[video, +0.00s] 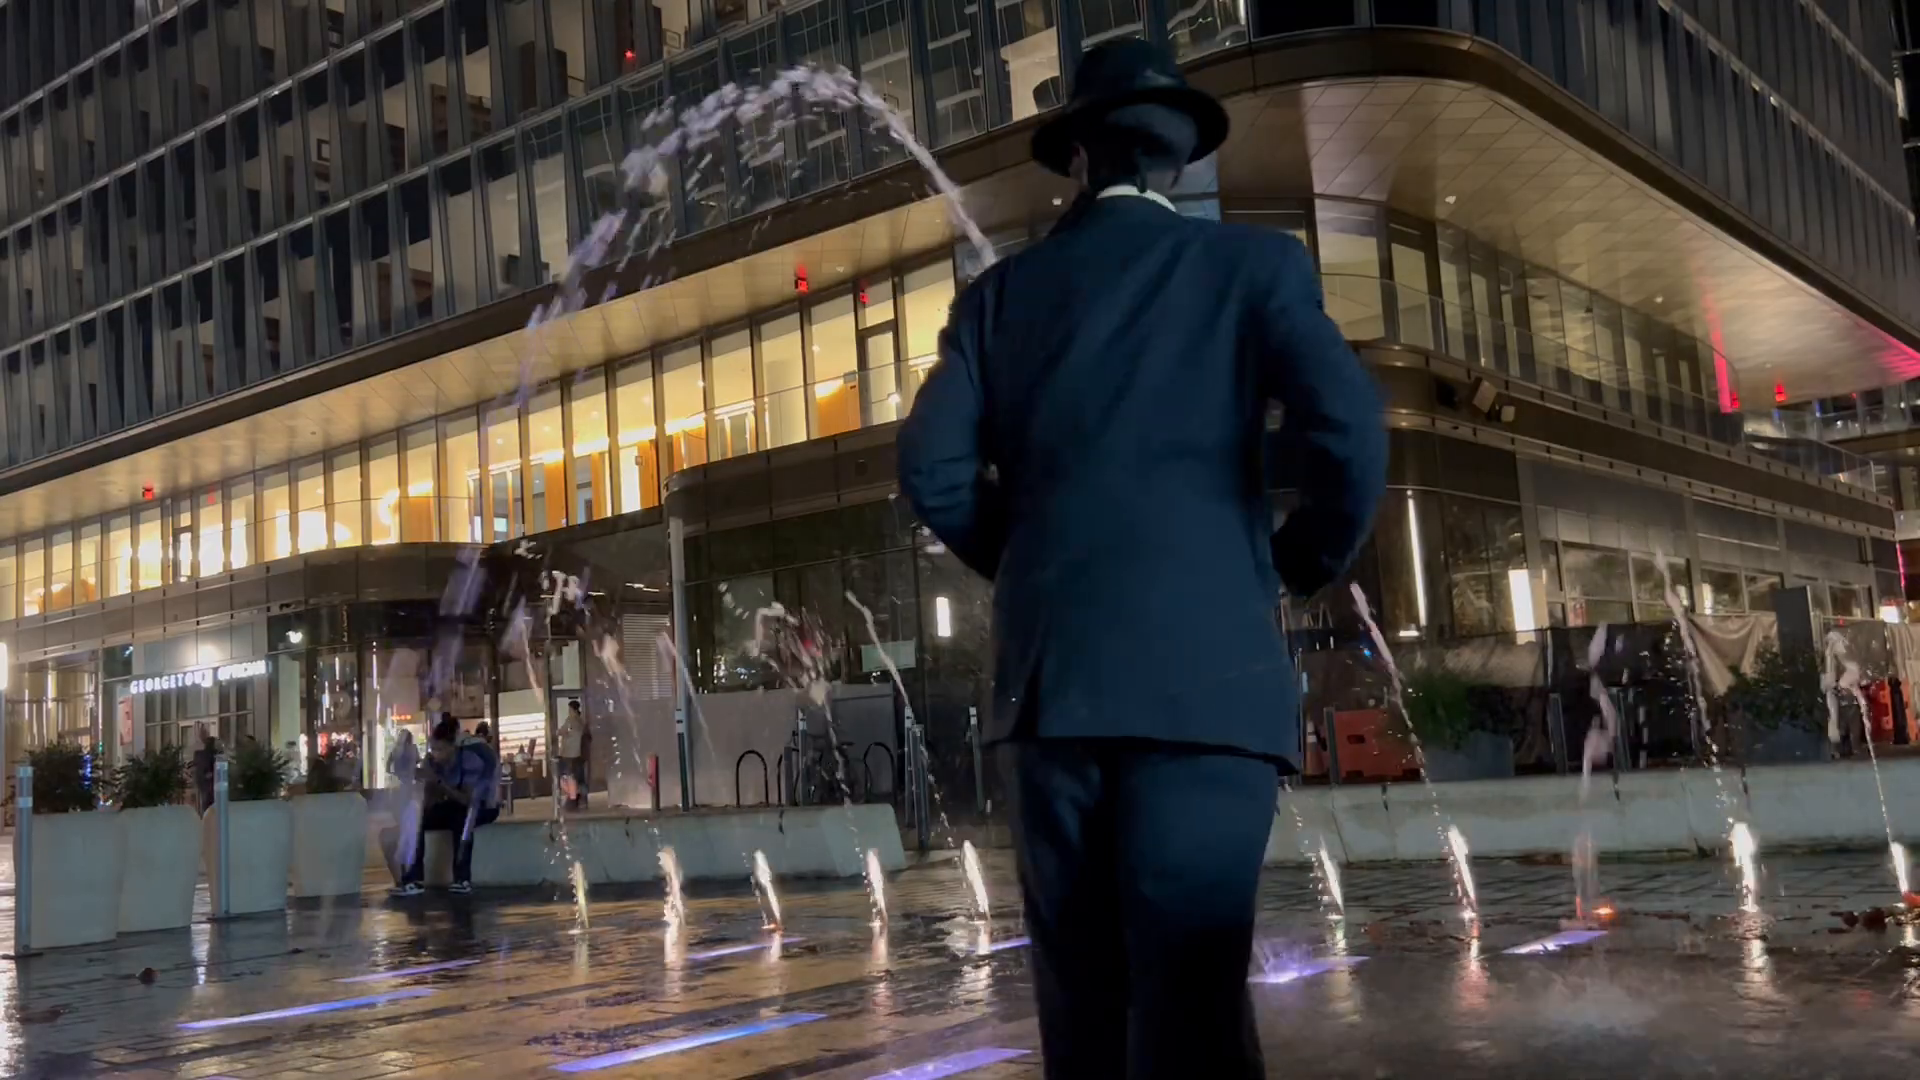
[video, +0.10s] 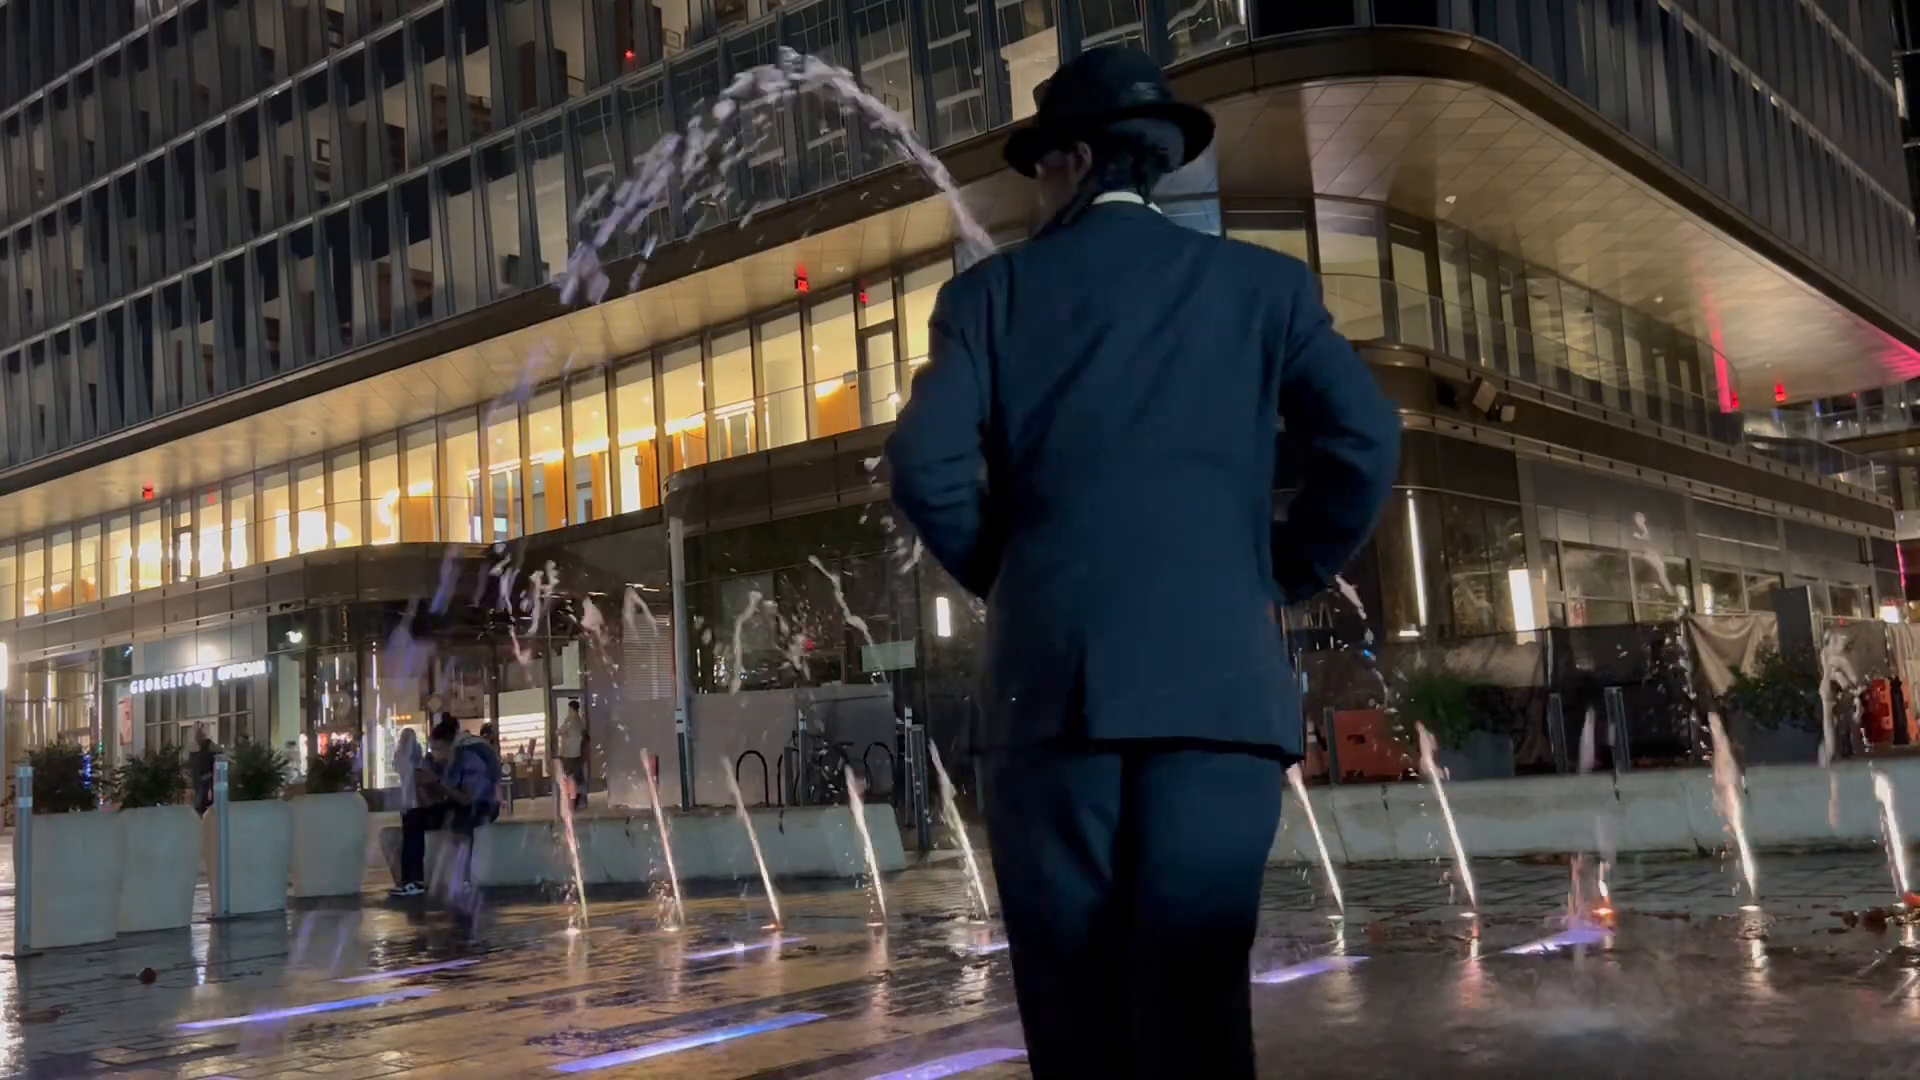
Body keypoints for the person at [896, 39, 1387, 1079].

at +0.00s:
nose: (1204, 171)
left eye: (1074, 155)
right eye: (1196, 153)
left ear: (1075, 170)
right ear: (1191, 163)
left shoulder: (1000, 292)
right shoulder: (1256, 262)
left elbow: (932, 467)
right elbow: (1351, 440)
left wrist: (1029, 555)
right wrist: (1300, 561)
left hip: (1049, 670)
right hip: (1206, 664)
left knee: (1079, 998)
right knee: (1194, 993)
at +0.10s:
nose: (1037, 184)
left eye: (1042, 162)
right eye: (1039, 163)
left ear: (1072, 160)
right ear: (1166, 161)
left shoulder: (992, 292)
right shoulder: (1269, 282)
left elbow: (925, 466)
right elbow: (1368, 436)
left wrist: (1009, 565)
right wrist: (1290, 564)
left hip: (1049, 679)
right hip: (1221, 670)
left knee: (1070, 1008)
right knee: (1199, 1000)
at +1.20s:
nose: (1024, 240)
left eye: (1026, 218)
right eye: (1026, 219)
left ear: (1050, 215)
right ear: (1133, 212)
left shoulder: (1039, 314)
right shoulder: (1241, 321)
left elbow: (1049, 463)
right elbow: (1345, 462)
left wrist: (999, 534)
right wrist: (1273, 557)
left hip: (1158, 656)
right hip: (1303, 644)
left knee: (1087, 918)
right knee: (1321, 915)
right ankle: (1406, 1078)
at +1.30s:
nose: (991, 267)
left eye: (994, 244)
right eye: (991, 246)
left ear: (1021, 239)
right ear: (1093, 240)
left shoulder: (1033, 331)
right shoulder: (1159, 349)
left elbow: (1092, 487)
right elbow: (1231, 518)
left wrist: (995, 588)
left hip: (1144, 705)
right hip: (1255, 688)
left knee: (1054, 979)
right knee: (1296, 956)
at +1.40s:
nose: (957, 234)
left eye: (959, 210)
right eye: (956, 212)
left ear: (992, 206)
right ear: (1049, 204)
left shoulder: (1022, 292)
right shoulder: (1091, 298)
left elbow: (1090, 451)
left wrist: (985, 576)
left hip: (1095, 694)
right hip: (1149, 681)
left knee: (1017, 949)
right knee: (1143, 936)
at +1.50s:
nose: (952, 218)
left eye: (954, 194)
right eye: (951, 197)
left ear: (986, 188)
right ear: (1048, 186)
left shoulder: (1008, 277)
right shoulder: (1100, 288)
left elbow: (1035, 469)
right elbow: (1135, 488)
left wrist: (941, 573)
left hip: (1063, 663)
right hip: (1123, 650)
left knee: (994, 939)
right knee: (1018, 931)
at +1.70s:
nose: (915, 245)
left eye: (917, 222)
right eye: (914, 225)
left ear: (953, 212)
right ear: (1020, 211)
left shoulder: (953, 315)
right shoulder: (1101, 327)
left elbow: (927, 518)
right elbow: (1186, 511)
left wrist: (854, 538)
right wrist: (1121, 614)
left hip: (1017, 669)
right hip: (1110, 661)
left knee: (959, 929)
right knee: (846, 672)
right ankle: (656, 811)